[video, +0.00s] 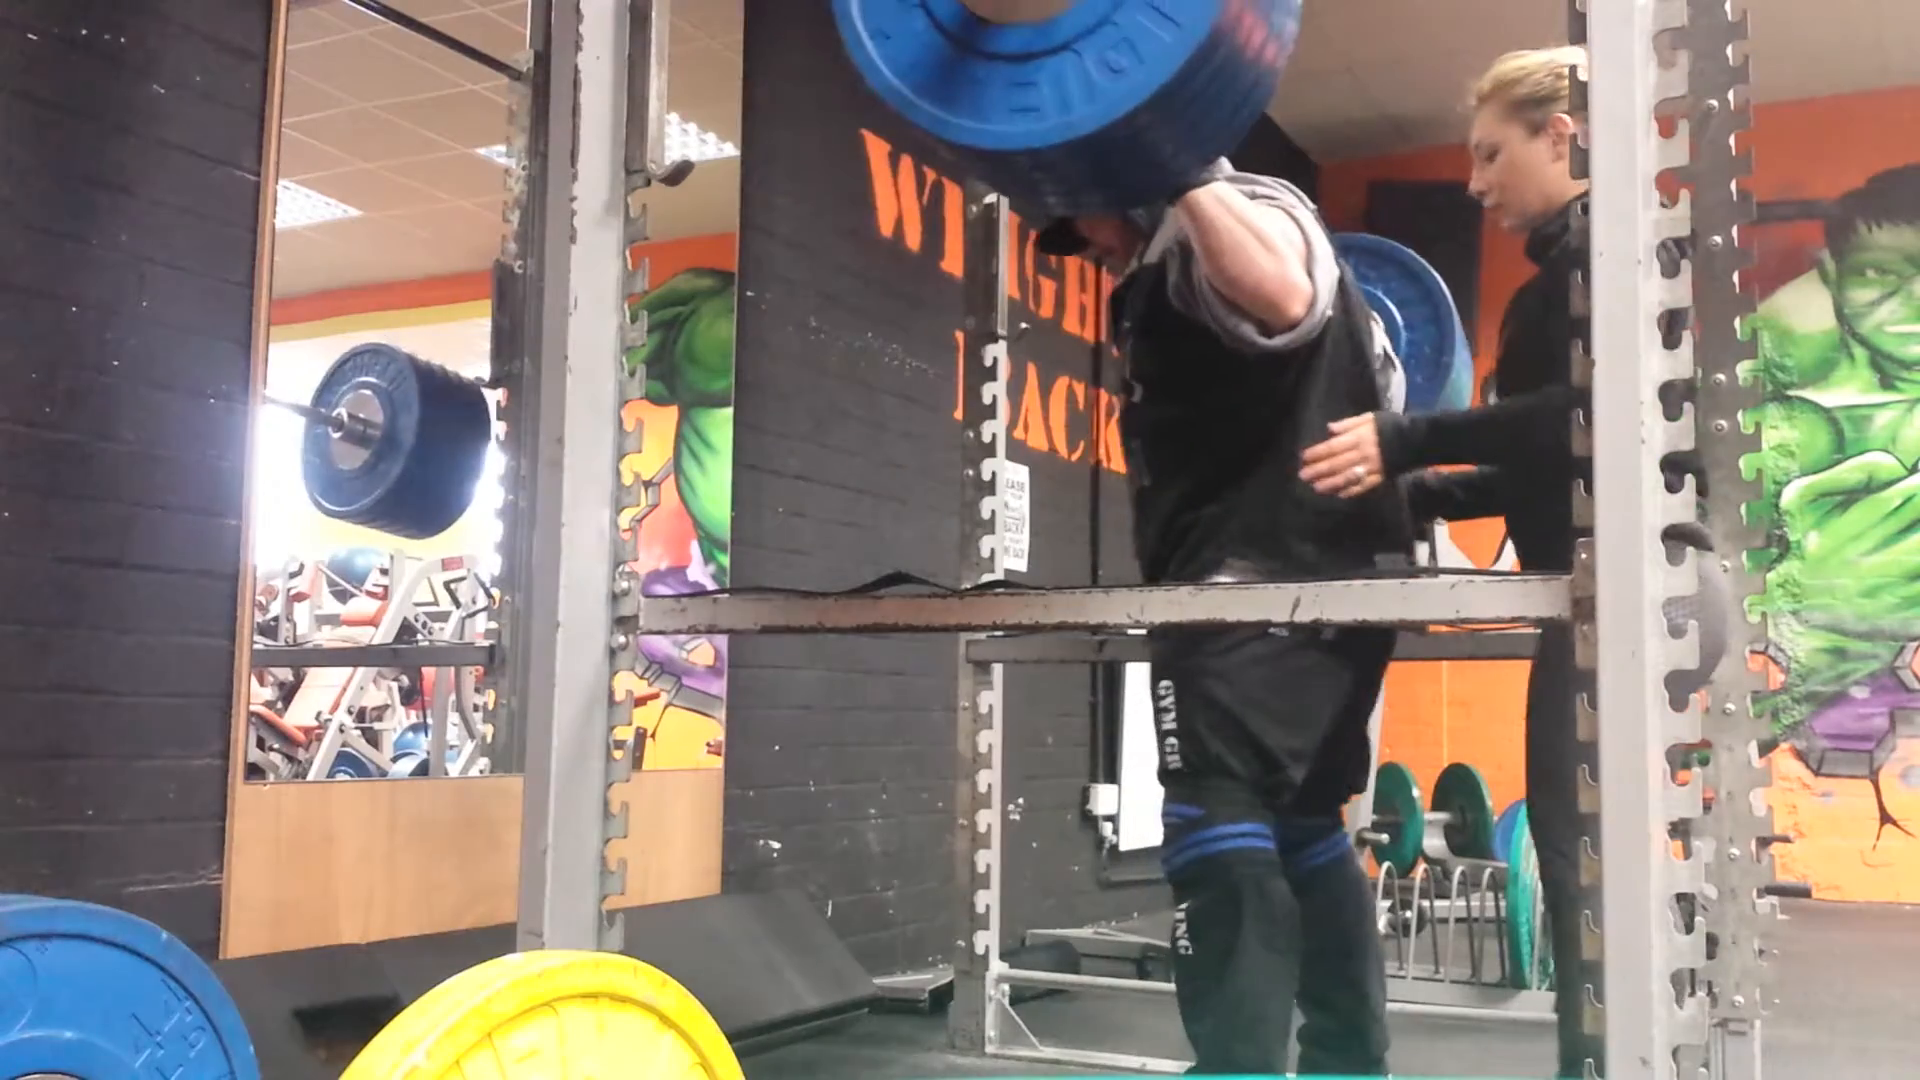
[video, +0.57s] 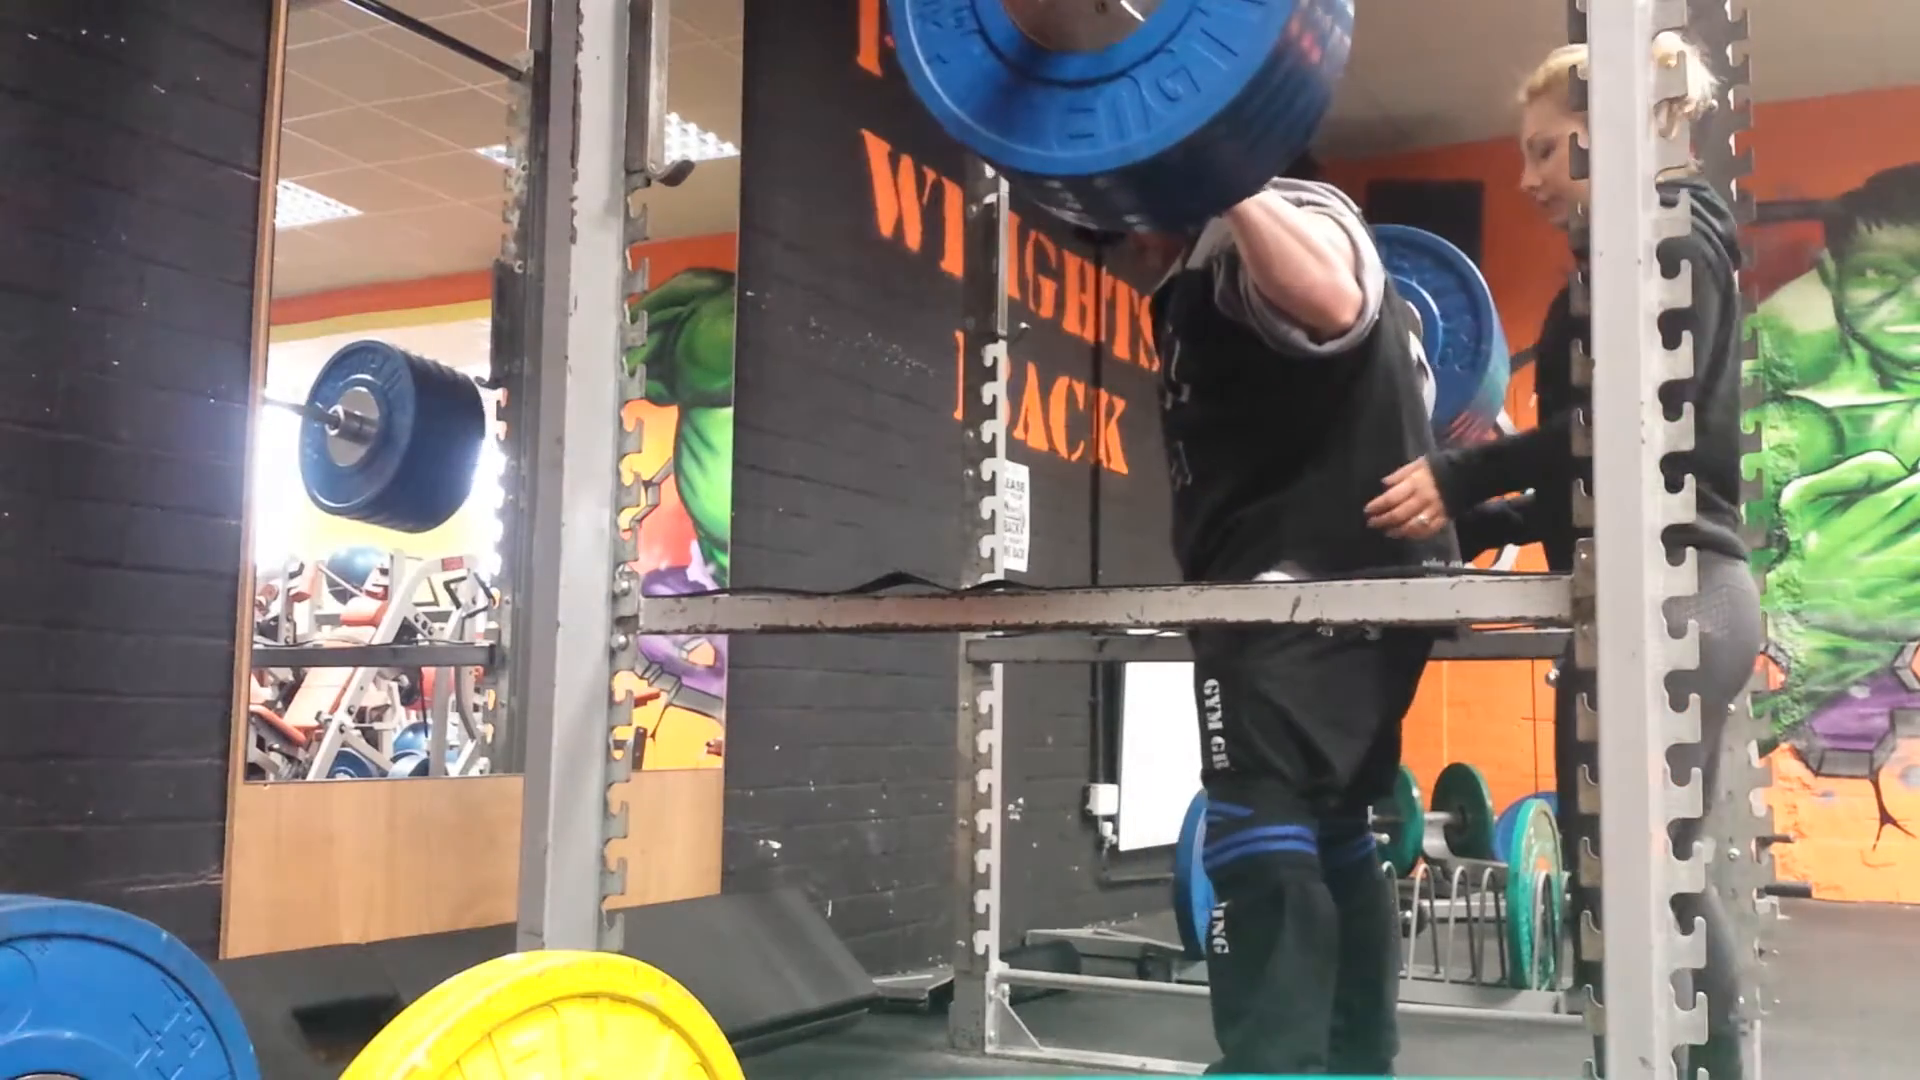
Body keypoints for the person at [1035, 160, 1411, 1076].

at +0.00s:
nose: (1081, 247)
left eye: (1078, 222)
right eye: (1066, 234)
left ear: (1116, 181)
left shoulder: (1240, 208)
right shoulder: (1169, 258)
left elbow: (1282, 295)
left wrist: (1173, 161)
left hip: (1265, 578)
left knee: (1214, 819)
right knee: (1303, 823)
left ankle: (1237, 1065)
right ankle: (1347, 1064)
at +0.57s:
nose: (1108, 259)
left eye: (1111, 232)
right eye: (1095, 241)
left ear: (1161, 193)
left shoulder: (1295, 212)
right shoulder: (1213, 262)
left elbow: (1329, 300)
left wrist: (1225, 179)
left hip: (1315, 588)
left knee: (1259, 829)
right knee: (1333, 833)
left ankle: (1266, 1064)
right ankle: (1351, 1064)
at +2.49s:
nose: (1096, 254)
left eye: (1091, 229)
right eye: (1079, 239)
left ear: (1133, 193)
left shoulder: (1255, 206)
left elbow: (1290, 293)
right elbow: (1408, 356)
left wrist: (1180, 172)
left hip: (1287, 588)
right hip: (1367, 588)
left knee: (1231, 822)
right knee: (1326, 829)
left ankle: (1254, 1063)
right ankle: (1357, 1062)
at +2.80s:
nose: (1104, 261)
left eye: (1100, 238)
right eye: (1087, 246)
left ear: (1140, 204)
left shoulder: (1257, 213)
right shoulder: (1317, 229)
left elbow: (1292, 300)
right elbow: (1408, 375)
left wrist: (1186, 178)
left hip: (1276, 585)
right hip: (1363, 584)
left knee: (1241, 822)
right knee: (1328, 822)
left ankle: (1257, 1061)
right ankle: (1355, 1060)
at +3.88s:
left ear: (1166, 148)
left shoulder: (1251, 223)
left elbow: (1260, 325)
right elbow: (1379, 306)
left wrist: (1170, 193)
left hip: (1290, 595)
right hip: (1340, 591)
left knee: (1227, 820)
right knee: (1312, 820)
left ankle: (1251, 1062)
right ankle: (1349, 1059)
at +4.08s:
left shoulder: (1268, 275)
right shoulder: (1157, 312)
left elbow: (1283, 380)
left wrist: (1173, 266)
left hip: (1326, 616)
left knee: (1189, 829)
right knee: (1282, 833)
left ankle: (1240, 1069)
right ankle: (1351, 1064)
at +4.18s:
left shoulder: (1270, 309)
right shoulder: (1151, 348)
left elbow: (1290, 422)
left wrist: (1177, 310)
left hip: (1340, 653)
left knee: (1173, 839)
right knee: (1274, 843)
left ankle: (1237, 1069)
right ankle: (1350, 1065)